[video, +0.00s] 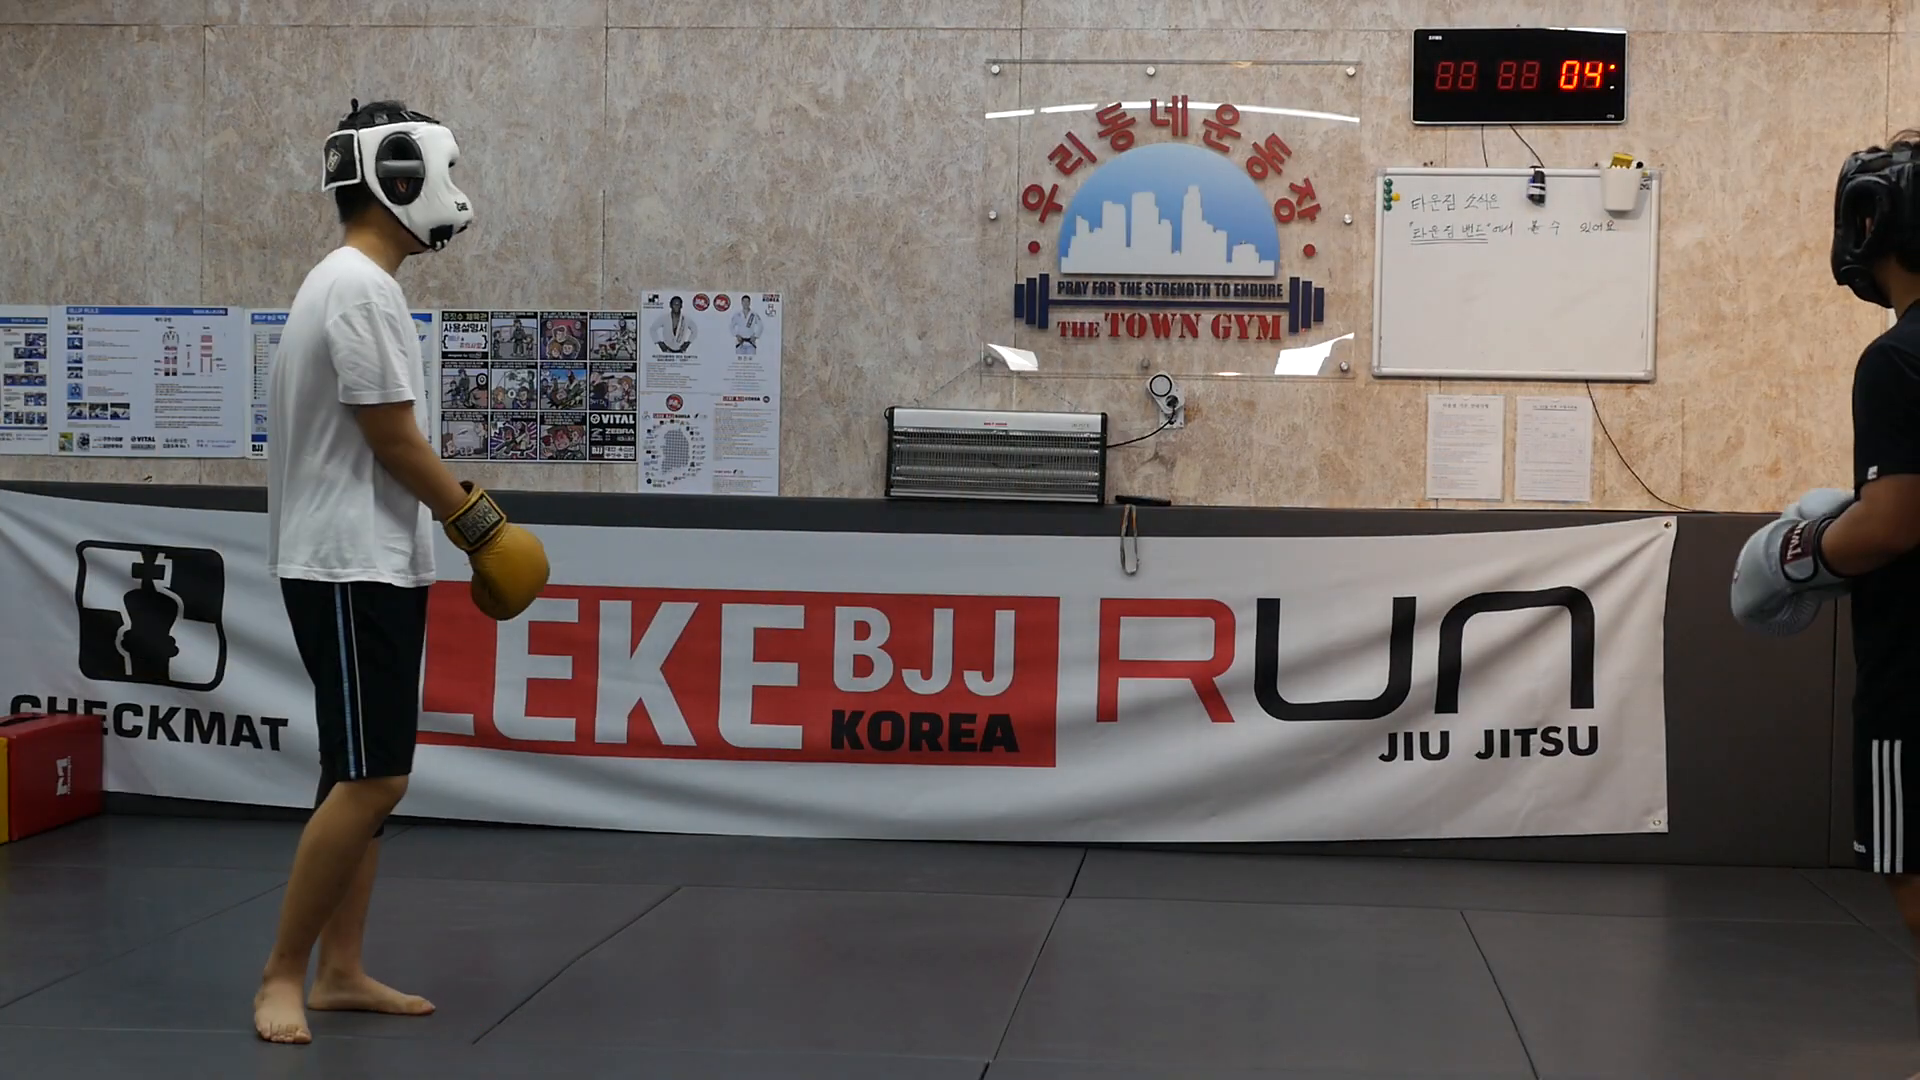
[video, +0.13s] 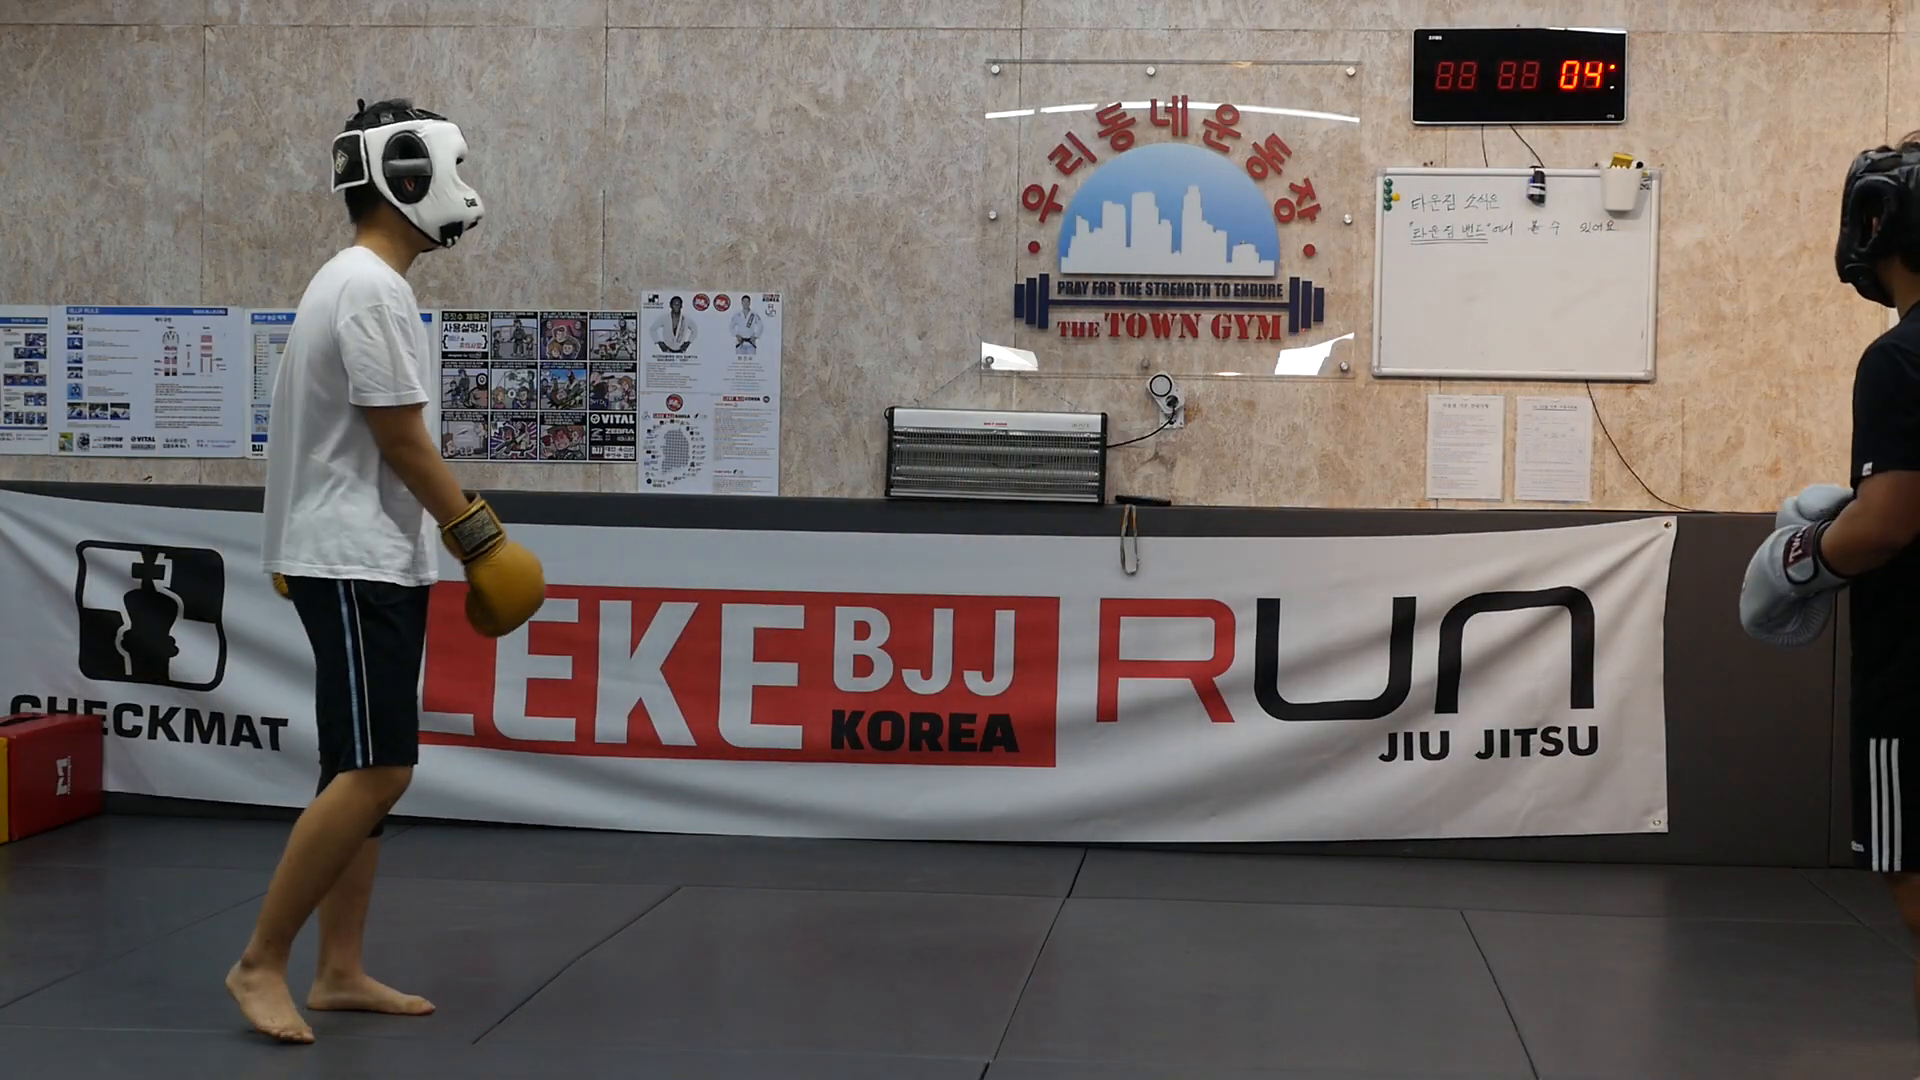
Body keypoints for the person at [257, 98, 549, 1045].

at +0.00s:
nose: (453, 195)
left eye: (448, 176)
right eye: (443, 177)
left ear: (362, 185)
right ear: (410, 184)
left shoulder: (348, 285)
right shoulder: (358, 290)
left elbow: (382, 444)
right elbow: (393, 439)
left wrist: (468, 524)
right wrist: (479, 523)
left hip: (363, 562)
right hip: (350, 565)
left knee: (371, 778)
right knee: (370, 780)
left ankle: (341, 971)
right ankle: (282, 980)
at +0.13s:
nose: (467, 192)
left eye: (462, 172)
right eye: (456, 174)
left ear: (375, 185)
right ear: (418, 183)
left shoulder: (363, 285)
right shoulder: (368, 289)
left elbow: (400, 450)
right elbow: (403, 447)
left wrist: (474, 538)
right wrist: (482, 534)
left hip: (369, 556)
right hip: (348, 557)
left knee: (376, 768)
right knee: (374, 769)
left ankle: (340, 971)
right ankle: (259, 966)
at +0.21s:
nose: (470, 191)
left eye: (465, 173)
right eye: (458, 175)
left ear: (384, 186)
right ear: (415, 184)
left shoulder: (358, 284)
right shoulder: (377, 289)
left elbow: (314, 441)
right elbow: (401, 445)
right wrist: (469, 551)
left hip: (362, 557)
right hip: (354, 560)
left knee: (374, 766)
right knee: (367, 769)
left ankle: (340, 970)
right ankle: (260, 969)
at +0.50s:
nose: (483, 193)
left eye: (481, 175)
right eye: (468, 176)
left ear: (413, 187)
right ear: (417, 185)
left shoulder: (412, 299)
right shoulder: (350, 291)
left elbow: (397, 446)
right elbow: (344, 433)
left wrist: (420, 570)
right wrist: (365, 561)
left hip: (400, 568)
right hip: (344, 570)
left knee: (374, 778)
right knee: (342, 779)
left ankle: (351, 969)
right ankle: (329, 993)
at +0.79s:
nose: (454, 181)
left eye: (458, 165)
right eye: (435, 166)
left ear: (458, 173)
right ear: (377, 171)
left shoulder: (445, 291)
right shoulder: (315, 291)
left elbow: (477, 420)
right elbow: (285, 437)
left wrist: (540, 522)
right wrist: (274, 569)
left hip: (428, 582)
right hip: (345, 581)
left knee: (385, 787)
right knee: (335, 789)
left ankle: (351, 970)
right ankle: (326, 1011)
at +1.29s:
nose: (447, 189)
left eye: (455, 171)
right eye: (428, 171)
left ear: (459, 175)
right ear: (371, 171)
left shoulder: (448, 283)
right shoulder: (300, 290)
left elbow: (462, 418)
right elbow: (273, 441)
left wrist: (489, 518)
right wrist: (261, 579)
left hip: (443, 582)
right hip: (342, 585)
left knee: (507, 770)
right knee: (341, 792)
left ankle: (420, 944)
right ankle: (331, 1014)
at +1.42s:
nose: (467, 188)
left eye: (474, 171)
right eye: (450, 168)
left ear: (476, 176)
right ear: (390, 169)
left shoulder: (452, 281)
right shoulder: (313, 287)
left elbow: (470, 426)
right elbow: (288, 435)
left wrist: (520, 524)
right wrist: (282, 572)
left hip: (460, 580)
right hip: (355, 588)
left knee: (516, 786)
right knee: (345, 796)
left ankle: (519, 986)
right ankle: (332, 1017)